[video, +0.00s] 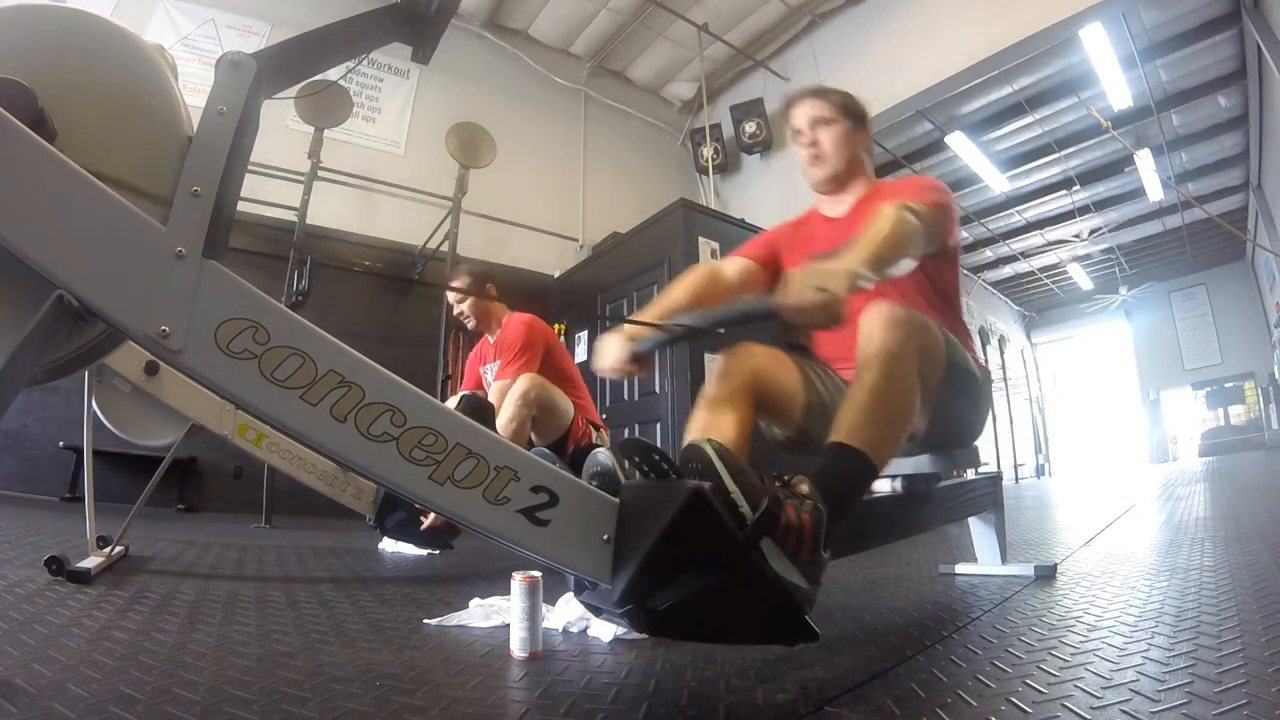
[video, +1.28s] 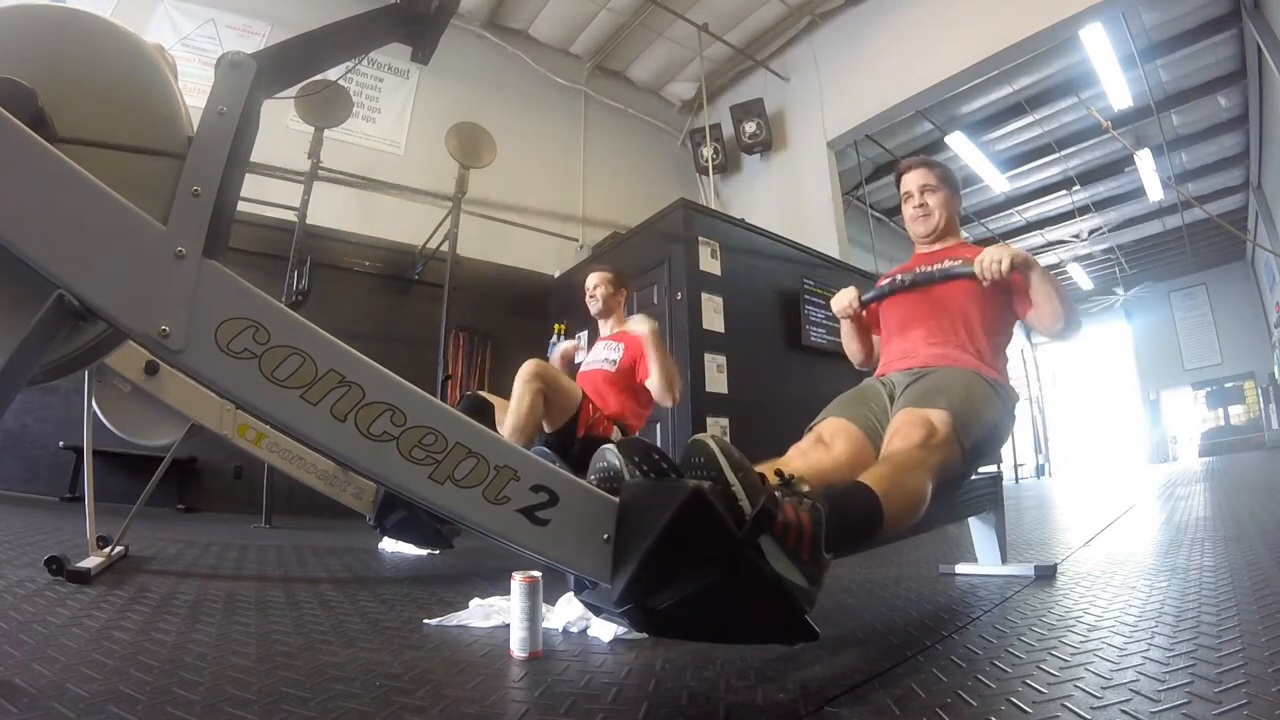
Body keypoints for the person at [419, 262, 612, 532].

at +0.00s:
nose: (457, 312)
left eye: (461, 301)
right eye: (452, 306)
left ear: (490, 291)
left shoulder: (523, 327)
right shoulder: (477, 354)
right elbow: (464, 414)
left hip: (582, 439)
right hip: (530, 444)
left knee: (528, 387)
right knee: (457, 404)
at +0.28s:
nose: (481, 296)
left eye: (488, 286)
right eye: (478, 291)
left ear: (516, 282)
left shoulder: (552, 323)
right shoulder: (503, 340)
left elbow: (536, 388)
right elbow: (490, 399)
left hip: (585, 440)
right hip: (529, 438)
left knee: (531, 389)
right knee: (454, 403)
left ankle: (489, 474)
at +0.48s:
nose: (529, 294)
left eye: (534, 287)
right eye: (526, 289)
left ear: (550, 289)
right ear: (524, 296)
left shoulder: (577, 321)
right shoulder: (524, 344)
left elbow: (569, 385)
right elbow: (506, 393)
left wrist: (508, 399)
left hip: (583, 438)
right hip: (531, 431)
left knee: (540, 394)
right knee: (469, 377)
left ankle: (477, 488)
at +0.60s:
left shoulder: (591, 325)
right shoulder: (541, 338)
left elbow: (595, 380)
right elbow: (512, 401)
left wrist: (538, 342)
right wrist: (459, 373)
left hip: (588, 445)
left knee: (540, 391)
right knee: (470, 405)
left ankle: (485, 479)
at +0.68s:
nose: (548, 294)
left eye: (556, 286)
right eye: (544, 287)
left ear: (577, 285)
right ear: (541, 288)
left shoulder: (603, 325)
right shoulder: (552, 340)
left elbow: (622, 372)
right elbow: (518, 398)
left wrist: (574, 318)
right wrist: (488, 355)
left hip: (591, 444)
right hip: (544, 439)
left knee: (536, 387)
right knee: (471, 408)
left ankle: (493, 473)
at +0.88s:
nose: (566, 286)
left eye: (575, 279)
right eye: (564, 282)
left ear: (601, 286)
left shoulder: (622, 333)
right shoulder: (567, 346)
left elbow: (658, 352)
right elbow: (533, 387)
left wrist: (632, 305)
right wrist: (538, 346)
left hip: (600, 438)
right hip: (555, 433)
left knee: (527, 379)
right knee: (472, 406)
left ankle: (493, 464)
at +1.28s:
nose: (589, 295)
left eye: (597, 287)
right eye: (587, 292)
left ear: (621, 294)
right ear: (587, 301)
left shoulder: (639, 339)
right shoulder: (595, 347)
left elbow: (668, 398)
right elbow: (572, 404)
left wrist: (651, 335)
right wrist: (562, 365)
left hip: (607, 434)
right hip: (572, 430)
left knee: (534, 371)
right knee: (475, 401)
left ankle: (505, 468)